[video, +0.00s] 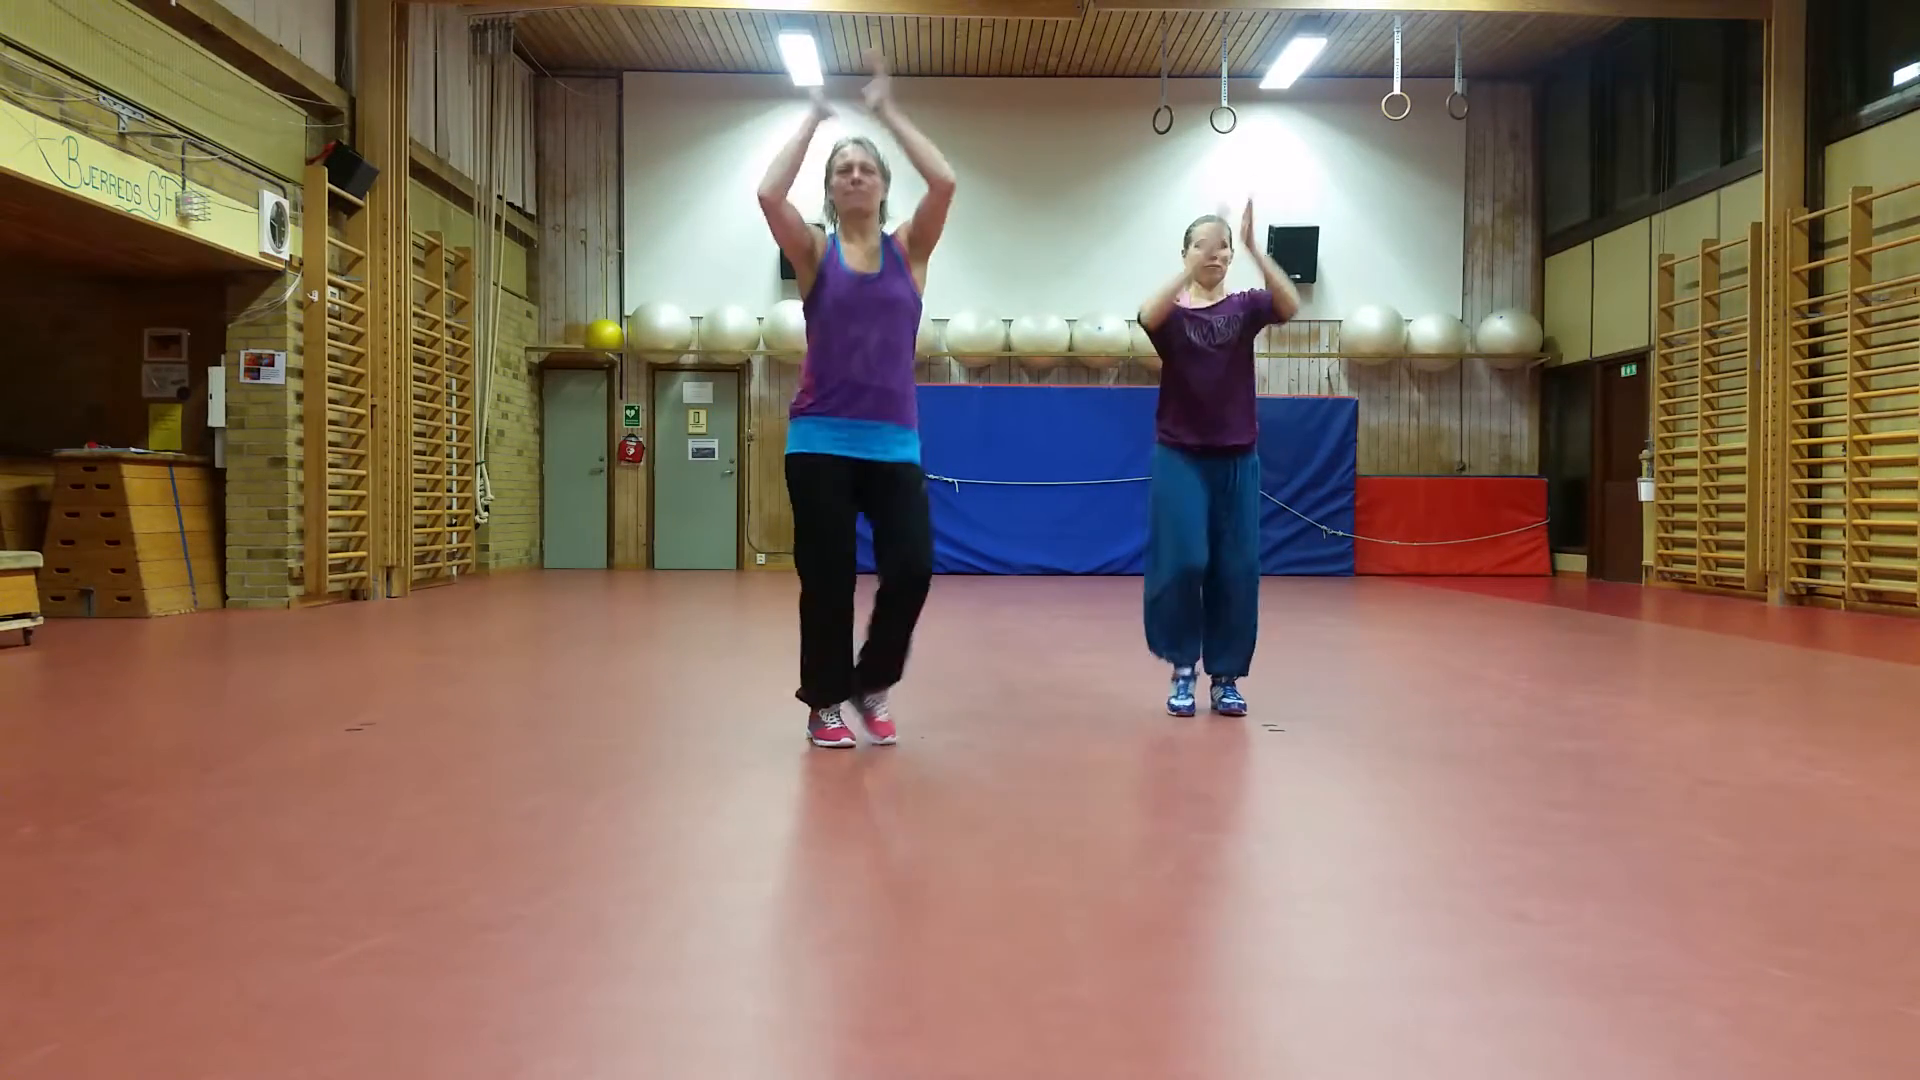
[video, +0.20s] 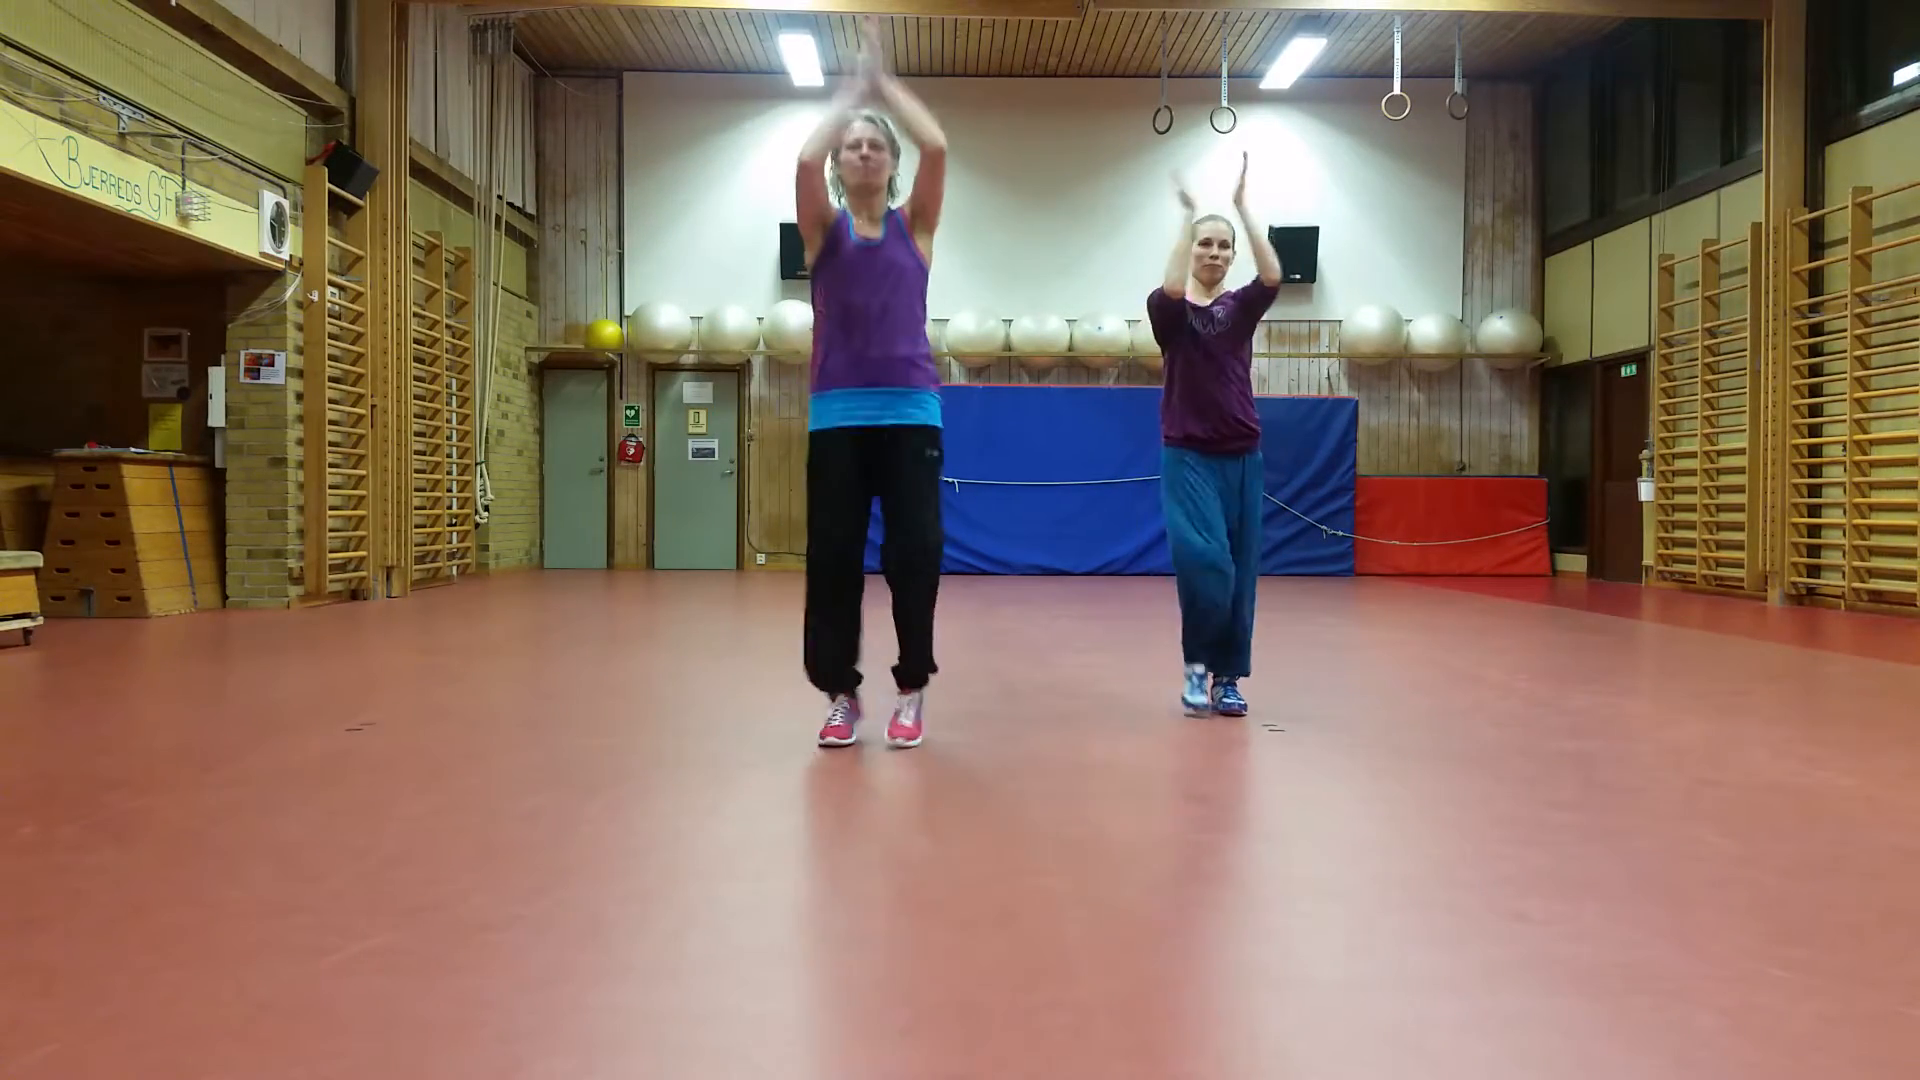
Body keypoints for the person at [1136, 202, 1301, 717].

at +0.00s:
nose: (1215, 256)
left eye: (1223, 249)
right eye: (1206, 248)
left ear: (1230, 257)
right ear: (1187, 255)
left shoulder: (1245, 304)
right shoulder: (1170, 309)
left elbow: (1289, 306)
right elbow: (1148, 319)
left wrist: (1254, 250)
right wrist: (1185, 274)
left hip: (1237, 453)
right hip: (1179, 452)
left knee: (1237, 565)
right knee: (1186, 561)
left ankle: (1226, 677)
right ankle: (1183, 669)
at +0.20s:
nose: (1215, 253)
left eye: (1224, 247)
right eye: (1206, 245)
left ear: (1232, 257)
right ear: (1188, 252)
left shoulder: (1242, 307)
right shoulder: (1170, 310)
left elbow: (1272, 276)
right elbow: (1172, 290)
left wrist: (1242, 210)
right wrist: (1187, 222)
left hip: (1241, 455)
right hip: (1188, 454)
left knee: (1240, 565)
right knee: (1204, 559)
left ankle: (1228, 677)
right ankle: (1197, 667)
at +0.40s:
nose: (1212, 253)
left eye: (1220, 246)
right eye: (1203, 244)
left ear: (1227, 256)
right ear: (1183, 253)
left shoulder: (1238, 307)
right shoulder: (1166, 312)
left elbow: (1281, 260)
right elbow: (1152, 279)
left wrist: (1243, 195)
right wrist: (1189, 210)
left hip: (1240, 458)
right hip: (1186, 459)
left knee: (1247, 571)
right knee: (1198, 571)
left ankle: (1227, 676)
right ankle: (1198, 678)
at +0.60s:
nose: (1211, 249)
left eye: (1219, 242)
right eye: (1202, 241)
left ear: (1228, 253)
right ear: (1184, 252)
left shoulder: (1241, 303)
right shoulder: (1167, 308)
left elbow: (1275, 254)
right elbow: (1173, 275)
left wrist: (1241, 193)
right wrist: (1192, 214)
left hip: (1239, 458)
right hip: (1180, 458)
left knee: (1240, 570)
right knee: (1178, 568)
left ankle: (1221, 669)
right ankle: (1192, 675)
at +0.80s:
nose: (1212, 250)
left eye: (1221, 243)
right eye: (1202, 245)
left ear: (1233, 256)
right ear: (1187, 258)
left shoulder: (1250, 307)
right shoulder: (1174, 311)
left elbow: (1289, 247)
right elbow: (1151, 269)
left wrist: (1245, 183)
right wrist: (1185, 201)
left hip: (1236, 460)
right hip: (1177, 457)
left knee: (1231, 568)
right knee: (1180, 559)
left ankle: (1221, 674)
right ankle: (1188, 664)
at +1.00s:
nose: (1210, 237)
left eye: (1217, 230)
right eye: (1200, 229)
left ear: (1227, 241)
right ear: (1182, 240)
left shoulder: (1242, 293)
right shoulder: (1169, 298)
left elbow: (1273, 240)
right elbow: (1160, 268)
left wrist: (1225, 189)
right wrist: (1189, 205)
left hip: (1232, 447)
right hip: (1174, 443)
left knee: (1229, 559)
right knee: (1183, 551)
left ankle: (1209, 668)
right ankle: (1175, 661)